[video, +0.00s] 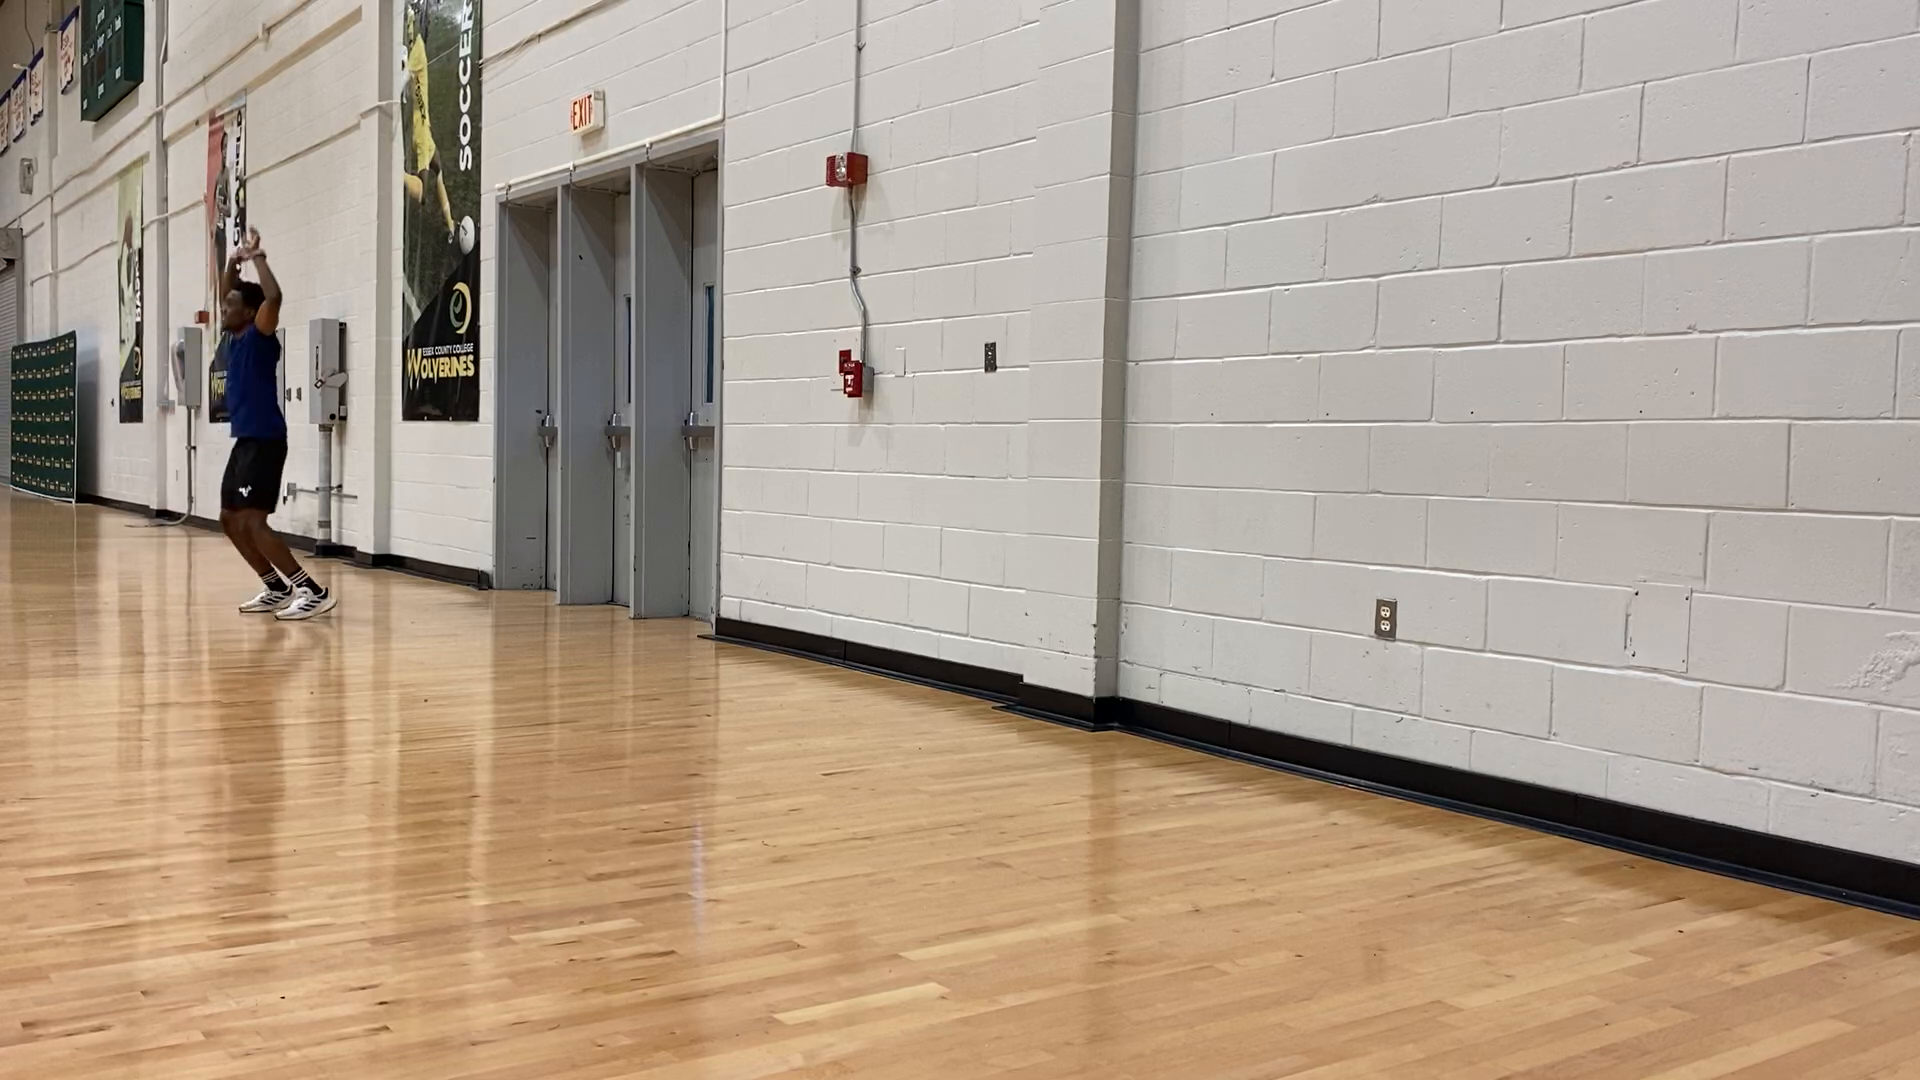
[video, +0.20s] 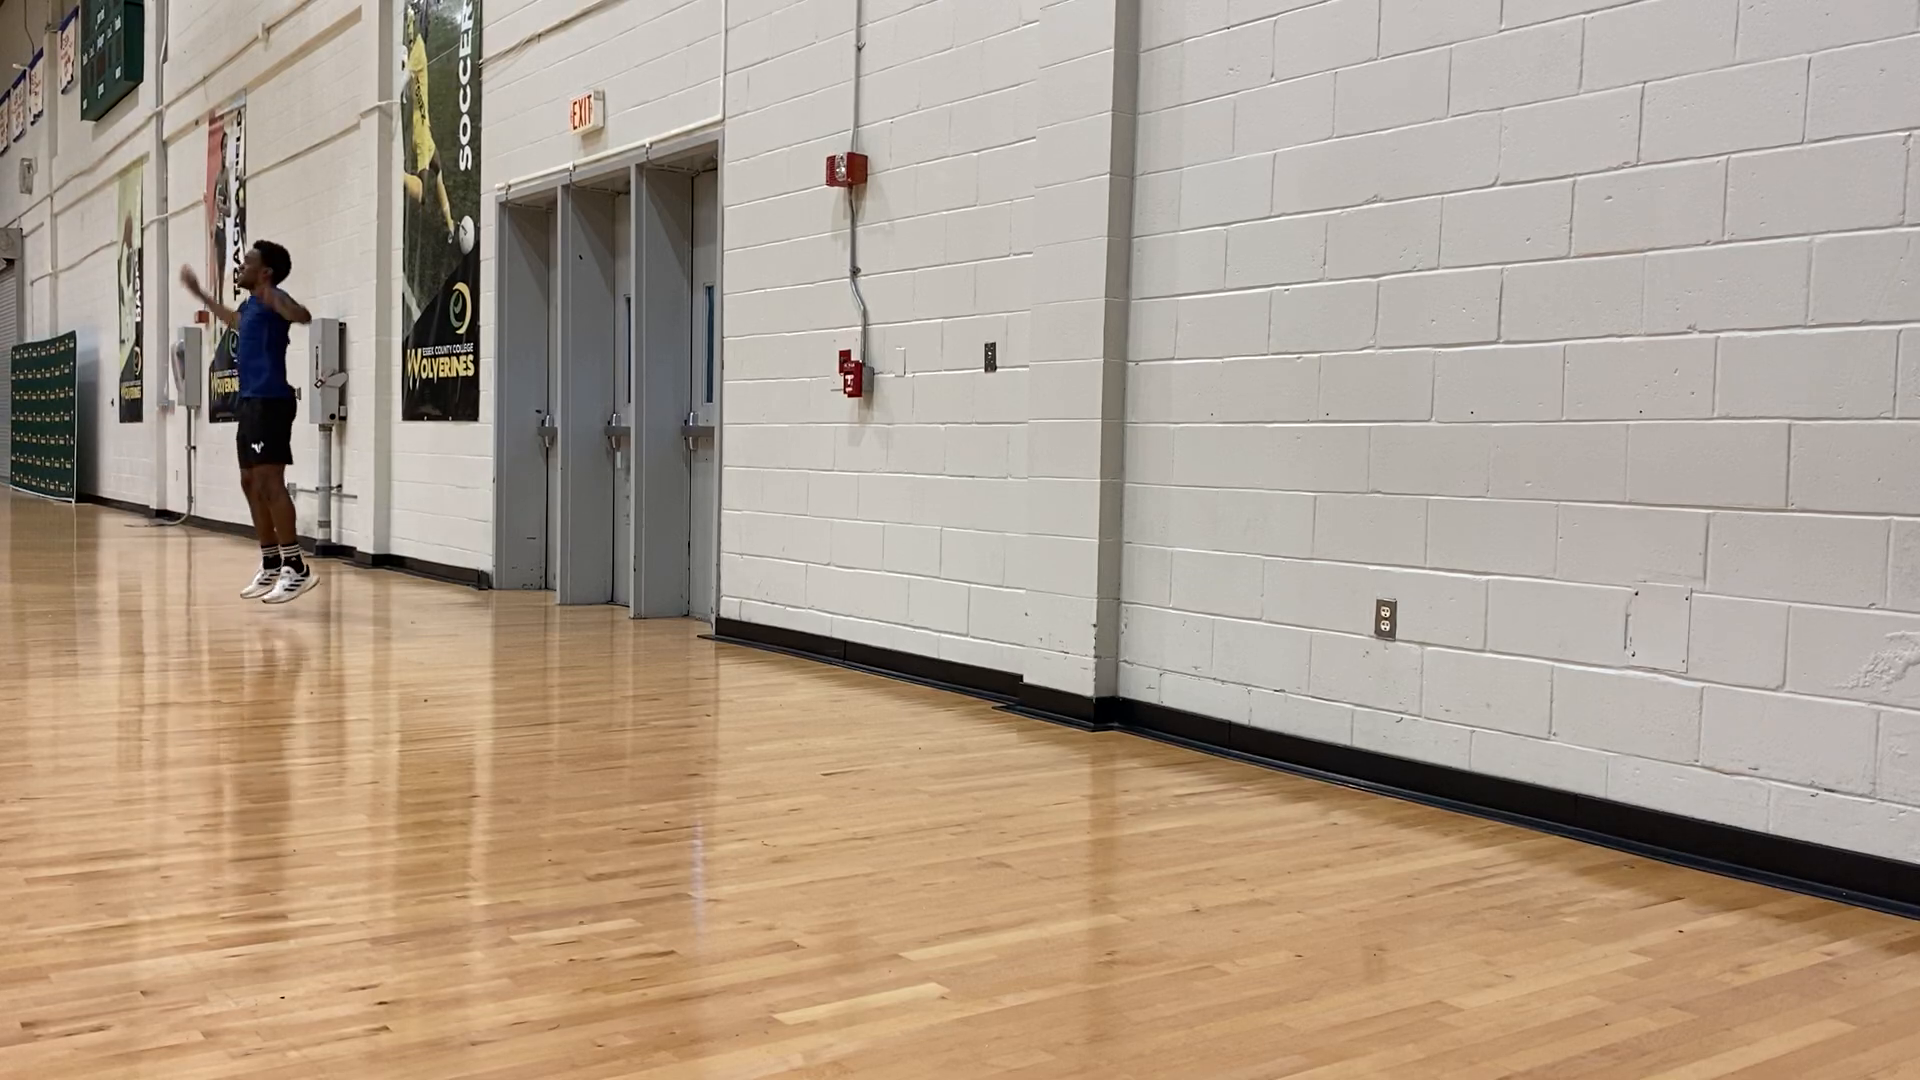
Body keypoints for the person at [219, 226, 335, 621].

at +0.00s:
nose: (223, 310)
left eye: (230, 305)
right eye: (223, 304)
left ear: (248, 309)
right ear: (230, 308)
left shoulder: (259, 336)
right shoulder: (236, 337)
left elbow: (273, 298)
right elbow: (225, 296)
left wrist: (258, 257)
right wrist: (233, 261)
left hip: (266, 440)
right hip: (245, 440)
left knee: (252, 521)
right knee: (230, 520)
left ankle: (310, 591)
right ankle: (277, 587)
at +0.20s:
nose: (240, 264)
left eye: (247, 261)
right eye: (242, 259)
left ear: (265, 271)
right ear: (254, 271)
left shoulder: (274, 299)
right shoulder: (249, 305)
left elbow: (302, 317)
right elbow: (234, 321)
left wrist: (272, 295)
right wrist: (199, 293)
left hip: (272, 402)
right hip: (251, 403)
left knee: (270, 484)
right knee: (251, 484)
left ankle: (296, 570)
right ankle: (271, 567)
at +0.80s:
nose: (271, 286)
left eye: (278, 282)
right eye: (271, 280)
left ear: (296, 288)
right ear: (274, 285)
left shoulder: (305, 315)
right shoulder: (279, 315)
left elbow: (316, 294)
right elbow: (259, 303)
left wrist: (285, 254)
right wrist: (247, 260)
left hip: (300, 416)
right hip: (278, 416)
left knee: (286, 496)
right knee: (270, 499)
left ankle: (323, 579)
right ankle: (303, 579)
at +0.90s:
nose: (270, 307)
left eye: (277, 303)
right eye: (271, 303)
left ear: (297, 308)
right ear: (275, 310)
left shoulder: (306, 336)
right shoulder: (281, 336)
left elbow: (315, 300)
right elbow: (265, 304)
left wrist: (292, 266)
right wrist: (273, 268)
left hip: (305, 436)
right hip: (284, 437)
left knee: (281, 516)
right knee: (267, 519)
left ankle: (331, 589)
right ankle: (313, 587)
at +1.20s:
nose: (284, 277)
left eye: (291, 274)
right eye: (288, 272)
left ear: (307, 284)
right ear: (303, 284)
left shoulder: (317, 314)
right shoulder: (294, 320)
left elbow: (341, 348)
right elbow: (274, 348)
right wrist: (230, 322)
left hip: (310, 415)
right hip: (291, 414)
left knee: (297, 494)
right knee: (288, 495)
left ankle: (326, 577)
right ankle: (314, 577)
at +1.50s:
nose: (289, 291)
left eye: (296, 287)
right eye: (292, 285)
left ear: (314, 296)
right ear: (309, 296)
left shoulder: (323, 332)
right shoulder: (305, 334)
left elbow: (338, 385)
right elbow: (301, 393)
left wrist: (297, 392)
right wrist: (264, 405)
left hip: (316, 434)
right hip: (300, 433)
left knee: (309, 507)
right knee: (300, 508)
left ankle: (337, 588)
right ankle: (325, 585)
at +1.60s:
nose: (291, 291)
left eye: (298, 287)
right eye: (294, 286)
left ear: (316, 297)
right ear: (311, 297)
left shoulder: (323, 332)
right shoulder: (306, 335)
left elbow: (334, 382)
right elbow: (299, 388)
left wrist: (293, 389)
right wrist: (262, 393)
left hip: (320, 435)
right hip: (305, 433)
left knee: (317, 508)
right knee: (309, 509)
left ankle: (339, 589)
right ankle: (327, 586)